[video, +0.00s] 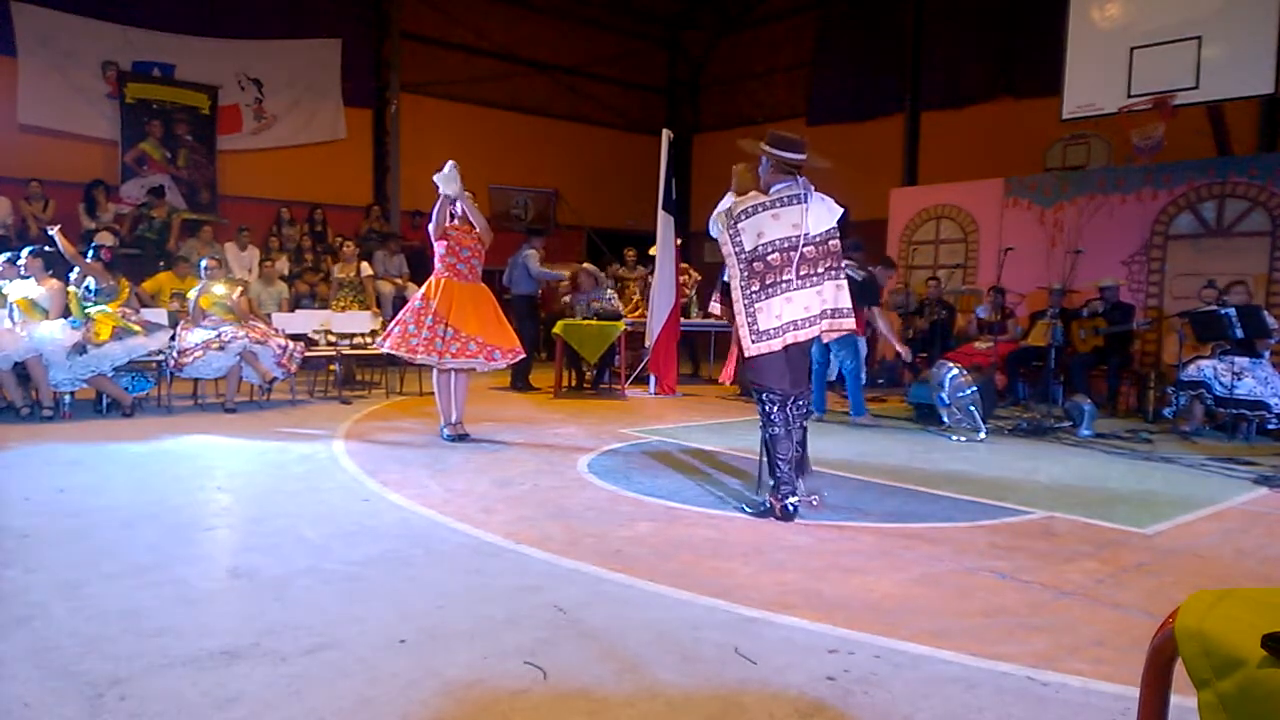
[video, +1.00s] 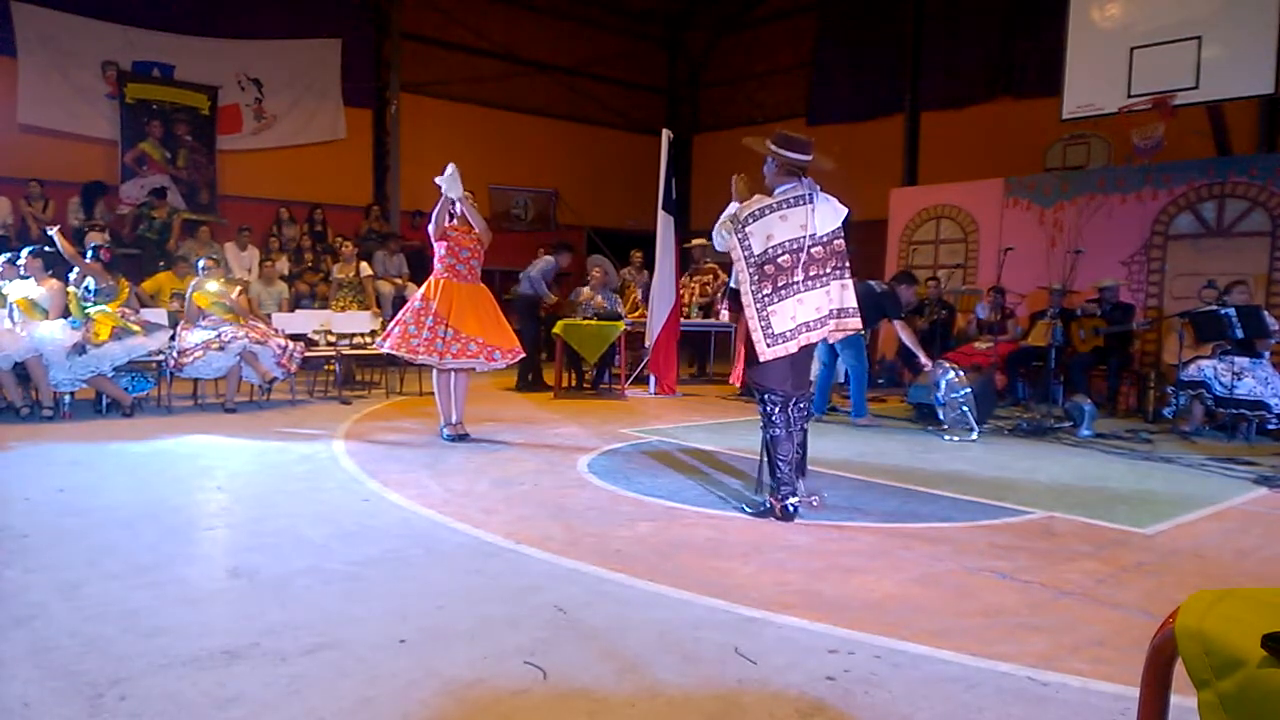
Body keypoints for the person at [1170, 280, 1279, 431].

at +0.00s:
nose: (1239, 297)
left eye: (1243, 293)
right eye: (1234, 293)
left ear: (1249, 297)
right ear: (1226, 297)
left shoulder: (1258, 314)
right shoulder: (1218, 314)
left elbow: (1265, 344)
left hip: (1252, 363)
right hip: (1222, 362)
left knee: (1247, 381)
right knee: (1199, 368)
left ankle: (1243, 427)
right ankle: (1196, 420)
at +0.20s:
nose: (1239, 297)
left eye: (1243, 293)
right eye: (1234, 293)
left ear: (1249, 297)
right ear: (1226, 297)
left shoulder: (1258, 315)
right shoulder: (1218, 315)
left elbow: (1265, 345)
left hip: (1253, 364)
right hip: (1223, 362)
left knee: (1246, 381)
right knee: (1198, 368)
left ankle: (1243, 427)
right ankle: (1196, 420)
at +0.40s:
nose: (1244, 297)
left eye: (1246, 293)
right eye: (1239, 293)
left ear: (1250, 296)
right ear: (1227, 297)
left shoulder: (1257, 314)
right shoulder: (1218, 315)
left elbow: (1265, 346)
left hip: (1253, 364)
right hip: (1223, 362)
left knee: (1247, 381)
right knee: (1198, 368)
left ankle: (1243, 425)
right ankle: (1195, 419)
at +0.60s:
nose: (1244, 297)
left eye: (1246, 293)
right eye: (1239, 293)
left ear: (1250, 296)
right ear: (1227, 297)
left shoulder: (1258, 314)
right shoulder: (1218, 314)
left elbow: (1265, 345)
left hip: (1253, 364)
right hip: (1223, 362)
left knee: (1247, 381)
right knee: (1198, 368)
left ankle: (1243, 425)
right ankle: (1196, 420)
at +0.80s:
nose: (1245, 297)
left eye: (1247, 293)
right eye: (1241, 293)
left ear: (1250, 295)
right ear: (1227, 297)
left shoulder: (1258, 314)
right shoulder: (1219, 316)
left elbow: (1265, 346)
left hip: (1254, 364)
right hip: (1224, 362)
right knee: (1197, 369)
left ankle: (1243, 425)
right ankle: (1196, 420)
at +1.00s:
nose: (1244, 297)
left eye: (1247, 293)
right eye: (1240, 293)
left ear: (1250, 296)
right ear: (1227, 297)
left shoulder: (1259, 315)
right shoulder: (1215, 316)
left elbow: (1265, 347)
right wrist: (1212, 350)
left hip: (1253, 364)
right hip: (1221, 362)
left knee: (1249, 381)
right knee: (1199, 368)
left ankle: (1243, 425)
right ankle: (1196, 420)